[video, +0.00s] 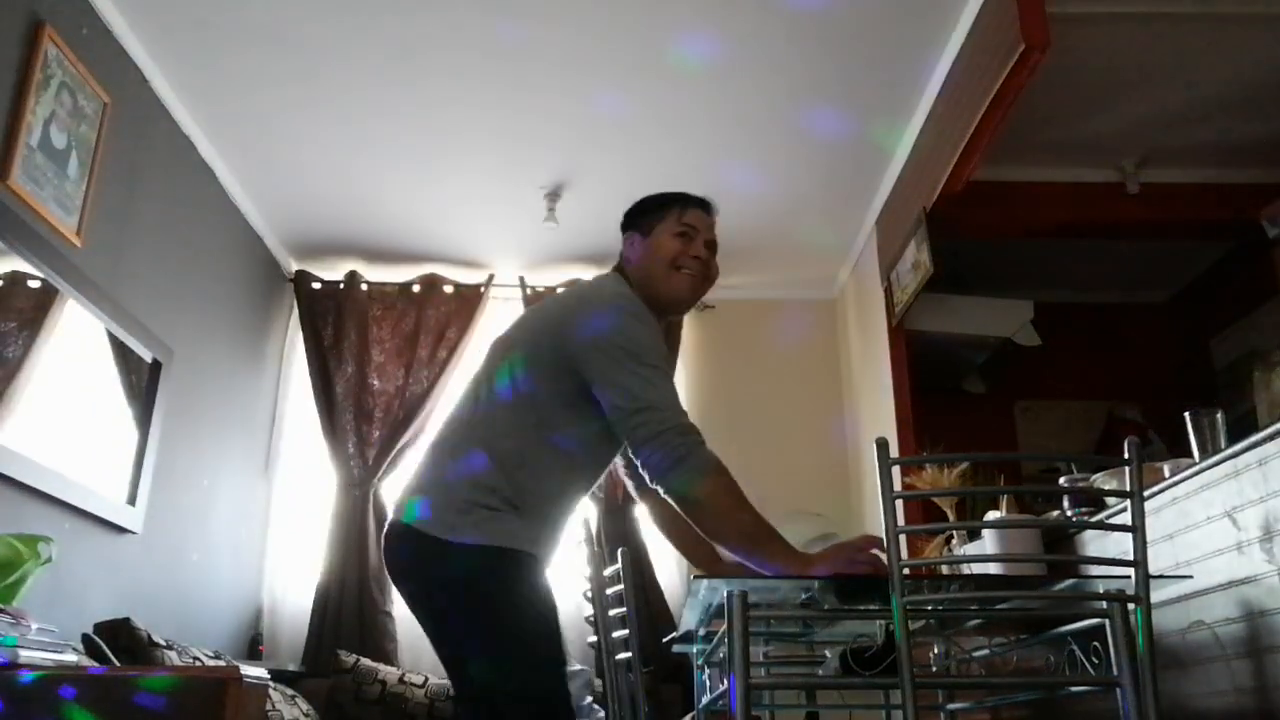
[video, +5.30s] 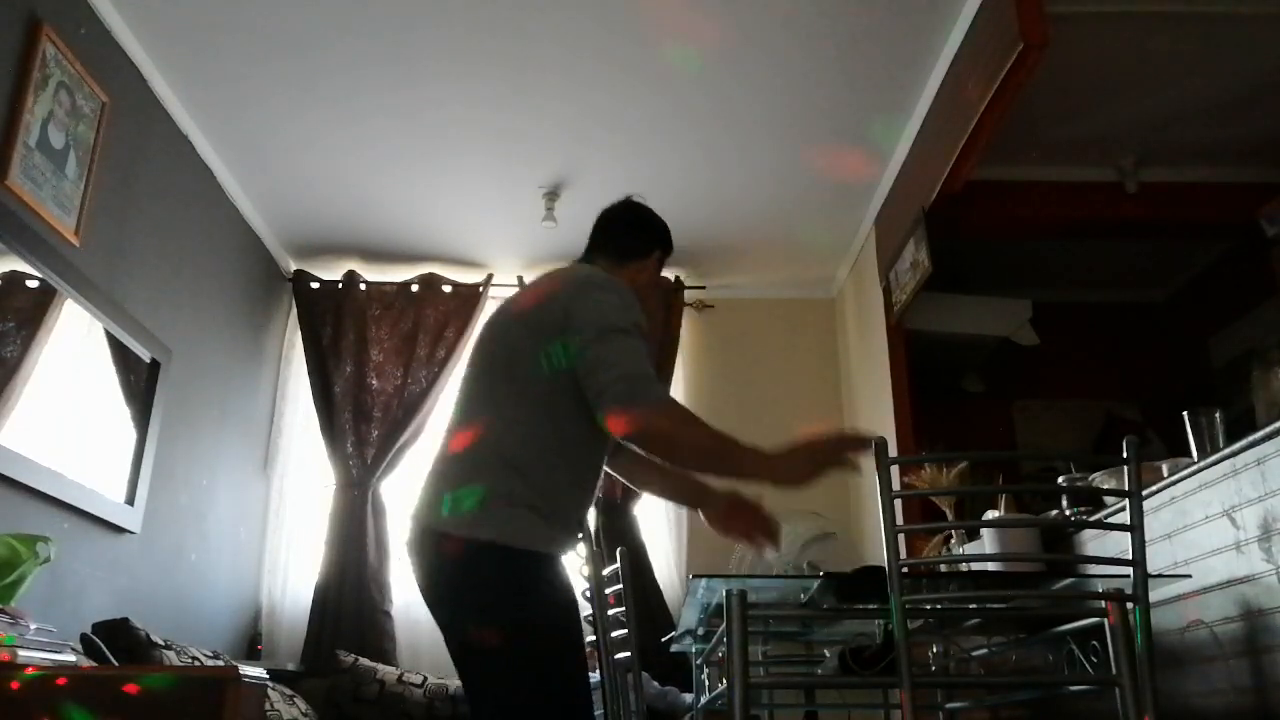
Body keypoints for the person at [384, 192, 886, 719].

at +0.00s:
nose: (702, 251)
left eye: (711, 245)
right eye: (683, 233)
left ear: (711, 272)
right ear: (632, 244)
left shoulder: (626, 325)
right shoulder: (608, 314)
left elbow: (648, 483)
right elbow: (680, 463)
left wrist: (714, 566)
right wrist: (798, 562)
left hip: (480, 543)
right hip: (462, 544)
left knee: (517, 707)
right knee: (530, 708)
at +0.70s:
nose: (706, 274)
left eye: (720, 266)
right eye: (689, 258)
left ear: (729, 289)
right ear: (649, 272)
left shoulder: (700, 368)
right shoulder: (618, 348)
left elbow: (700, 491)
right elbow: (696, 476)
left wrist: (716, 602)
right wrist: (799, 564)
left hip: (566, 555)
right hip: (502, 548)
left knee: (552, 704)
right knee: (499, 706)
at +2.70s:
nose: (713, 282)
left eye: (727, 274)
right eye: (697, 264)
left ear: (734, 294)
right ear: (656, 275)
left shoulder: (697, 370)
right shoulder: (619, 348)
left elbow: (703, 489)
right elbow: (692, 479)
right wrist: (799, 564)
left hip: (564, 554)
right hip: (499, 546)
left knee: (549, 705)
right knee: (495, 708)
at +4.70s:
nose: (700, 270)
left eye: (715, 266)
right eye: (684, 255)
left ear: (719, 293)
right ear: (644, 268)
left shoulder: (676, 374)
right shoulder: (613, 337)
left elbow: (687, 497)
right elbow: (692, 467)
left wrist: (718, 601)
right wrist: (801, 564)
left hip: (526, 550)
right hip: (465, 533)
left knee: (528, 701)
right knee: (471, 703)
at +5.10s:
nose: (714, 327)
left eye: (718, 312)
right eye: (714, 307)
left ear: (671, 290)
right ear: (679, 289)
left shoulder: (624, 355)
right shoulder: (605, 342)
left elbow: (671, 499)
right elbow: (686, 474)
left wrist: (718, 599)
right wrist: (803, 562)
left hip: (505, 563)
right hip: (473, 560)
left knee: (550, 712)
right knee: (546, 714)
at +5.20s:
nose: (685, 325)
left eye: (690, 308)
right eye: (689, 305)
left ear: (626, 281)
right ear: (668, 290)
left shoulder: (579, 335)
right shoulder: (599, 333)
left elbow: (656, 487)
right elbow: (682, 456)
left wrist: (722, 579)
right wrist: (799, 547)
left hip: (470, 563)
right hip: (484, 566)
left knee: (520, 714)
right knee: (555, 713)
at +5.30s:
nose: (656, 286)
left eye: (660, 275)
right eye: (660, 272)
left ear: (595, 250)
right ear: (645, 261)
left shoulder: (547, 299)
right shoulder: (596, 295)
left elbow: (607, 449)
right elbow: (635, 416)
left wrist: (708, 500)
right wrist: (771, 464)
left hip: (462, 537)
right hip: (498, 541)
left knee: (520, 707)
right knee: (552, 708)